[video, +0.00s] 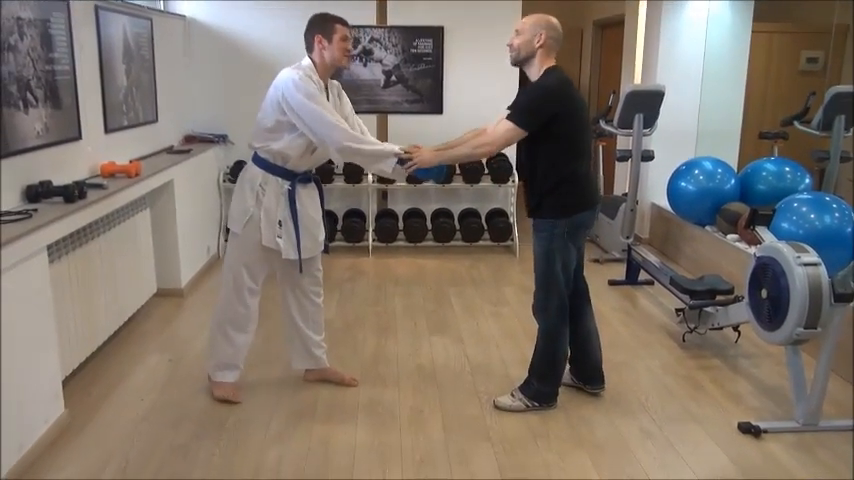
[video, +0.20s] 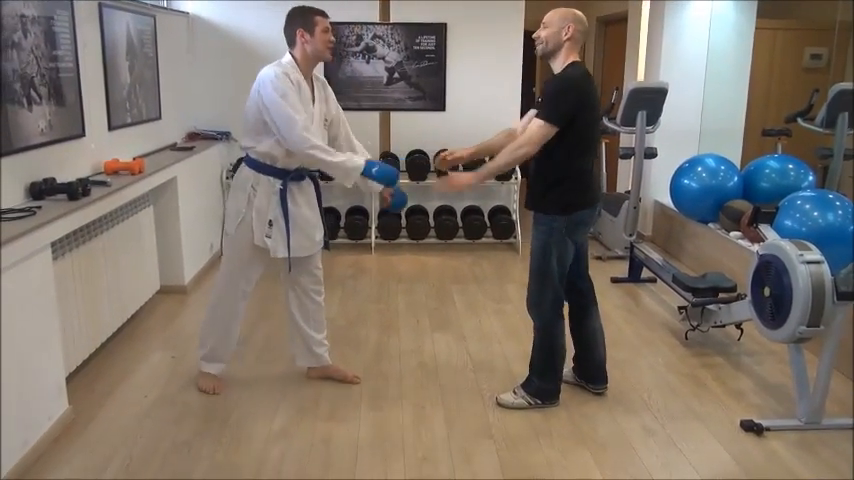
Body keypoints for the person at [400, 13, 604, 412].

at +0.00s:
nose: (510, 42)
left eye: (517, 35)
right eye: (512, 34)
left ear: (539, 42)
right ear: (539, 42)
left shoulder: (548, 90)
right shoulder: (537, 86)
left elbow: (491, 146)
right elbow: (488, 133)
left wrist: (437, 158)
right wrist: (436, 150)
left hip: (562, 211)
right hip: (566, 207)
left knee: (550, 304)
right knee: (572, 292)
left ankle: (540, 392)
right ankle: (589, 375)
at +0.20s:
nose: (536, 35)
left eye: (544, 28)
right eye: (538, 28)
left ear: (568, 33)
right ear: (567, 34)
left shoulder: (570, 84)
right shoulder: (564, 82)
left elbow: (529, 144)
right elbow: (517, 133)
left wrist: (476, 176)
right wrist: (469, 152)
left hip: (559, 209)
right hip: (572, 205)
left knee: (544, 302)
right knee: (577, 291)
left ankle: (542, 389)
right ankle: (593, 374)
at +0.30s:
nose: (542, 39)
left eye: (550, 32)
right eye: (545, 33)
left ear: (575, 37)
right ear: (574, 39)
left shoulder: (575, 86)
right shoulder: (581, 84)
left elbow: (557, 154)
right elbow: (545, 148)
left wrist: (518, 207)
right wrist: (501, 176)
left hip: (562, 212)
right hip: (580, 209)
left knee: (530, 295)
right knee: (583, 293)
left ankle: (540, 388)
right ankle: (594, 375)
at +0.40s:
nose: (544, 44)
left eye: (552, 36)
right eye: (546, 37)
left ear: (577, 40)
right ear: (575, 43)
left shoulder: (576, 88)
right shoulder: (588, 86)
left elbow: (580, 159)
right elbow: (595, 155)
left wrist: (576, 223)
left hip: (562, 212)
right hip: (580, 210)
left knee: (519, 287)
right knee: (591, 297)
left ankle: (536, 383)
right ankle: (596, 378)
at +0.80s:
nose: (533, 54)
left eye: (539, 47)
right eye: (535, 47)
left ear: (564, 52)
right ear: (569, 54)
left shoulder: (551, 89)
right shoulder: (595, 95)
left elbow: (551, 134)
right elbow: (617, 148)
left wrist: (538, 194)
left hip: (557, 221)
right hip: (586, 218)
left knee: (533, 313)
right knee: (587, 304)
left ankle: (516, 403)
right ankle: (598, 387)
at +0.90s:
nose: (527, 57)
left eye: (533, 51)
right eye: (528, 50)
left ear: (557, 54)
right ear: (562, 56)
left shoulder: (543, 94)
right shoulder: (591, 96)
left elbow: (515, 145)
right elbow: (608, 151)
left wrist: (490, 192)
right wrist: (573, 156)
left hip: (552, 224)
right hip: (585, 220)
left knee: (524, 313)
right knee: (583, 305)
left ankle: (516, 405)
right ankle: (596, 389)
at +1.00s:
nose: (513, 64)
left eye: (519, 57)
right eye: (515, 57)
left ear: (544, 60)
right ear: (549, 62)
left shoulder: (538, 104)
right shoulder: (584, 99)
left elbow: (498, 162)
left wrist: (456, 188)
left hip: (548, 225)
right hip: (581, 220)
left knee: (523, 315)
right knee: (578, 306)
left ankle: (517, 407)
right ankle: (596, 390)